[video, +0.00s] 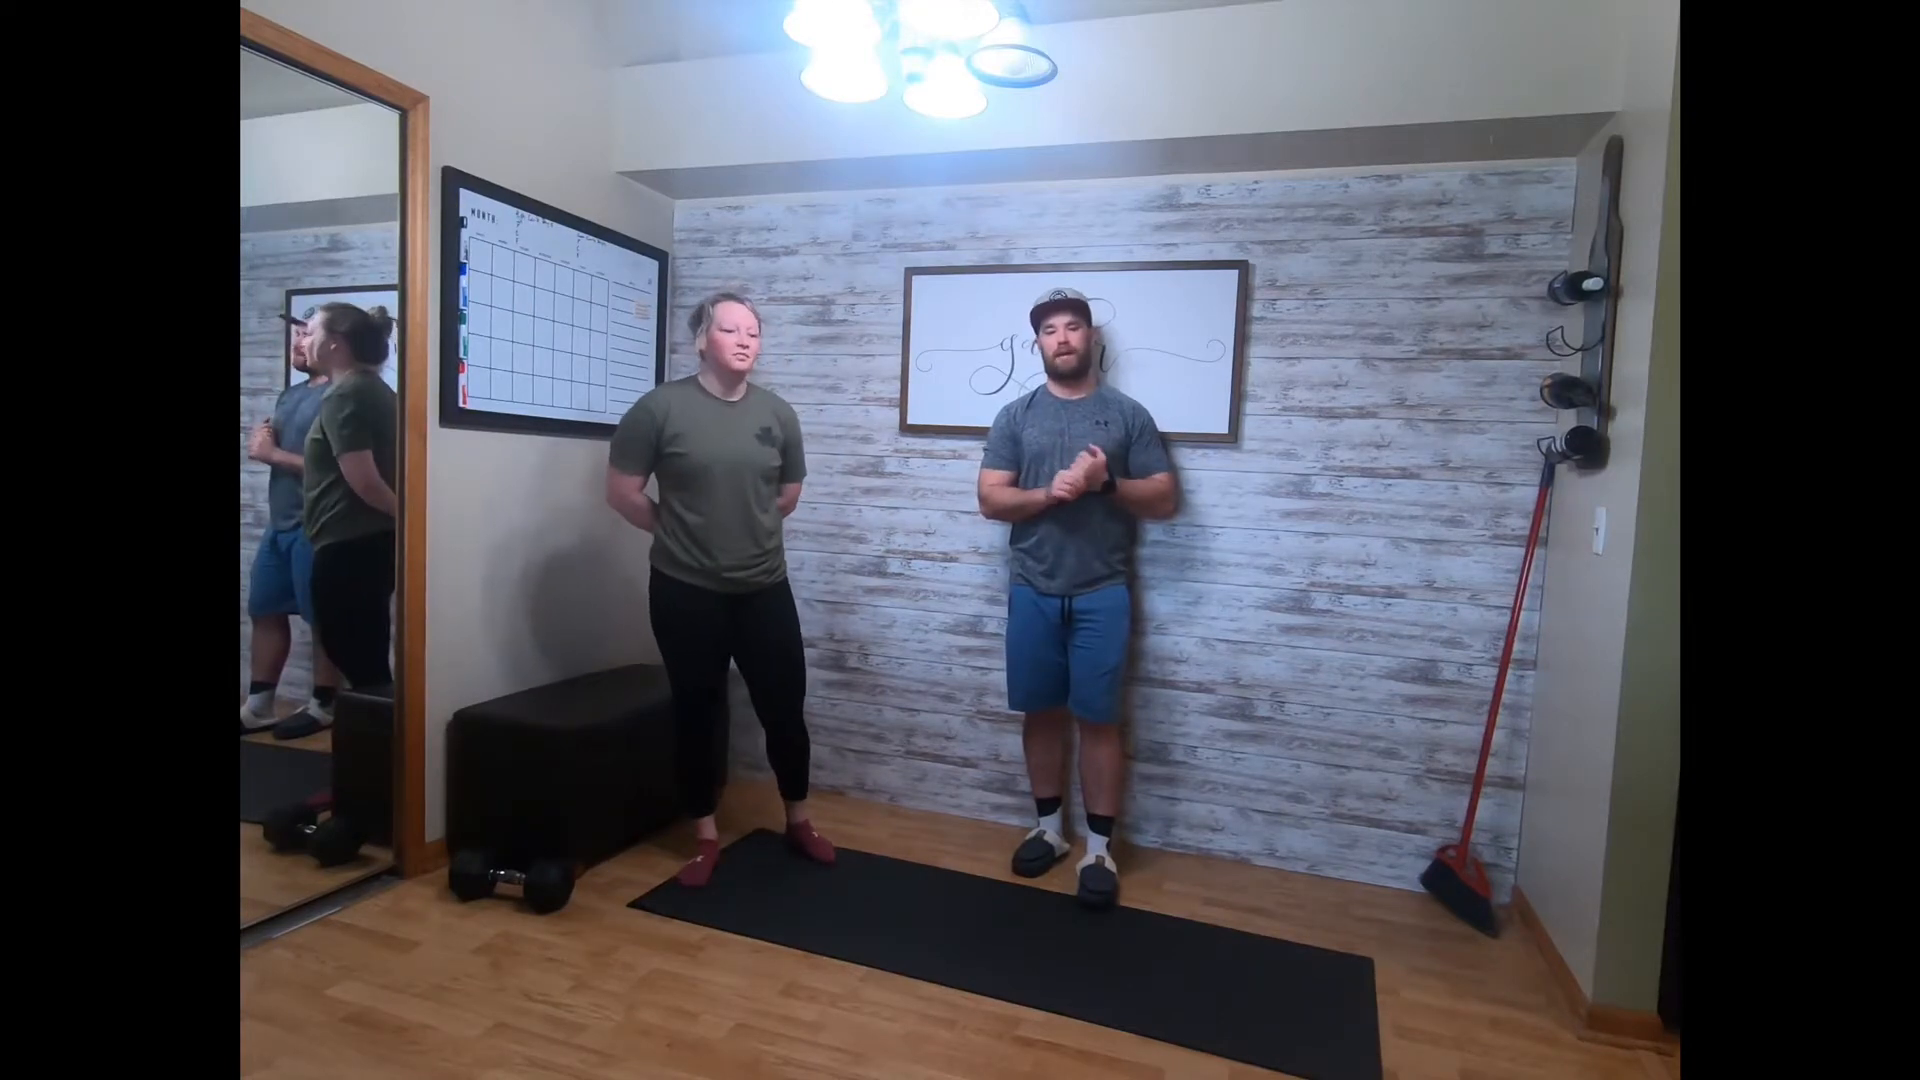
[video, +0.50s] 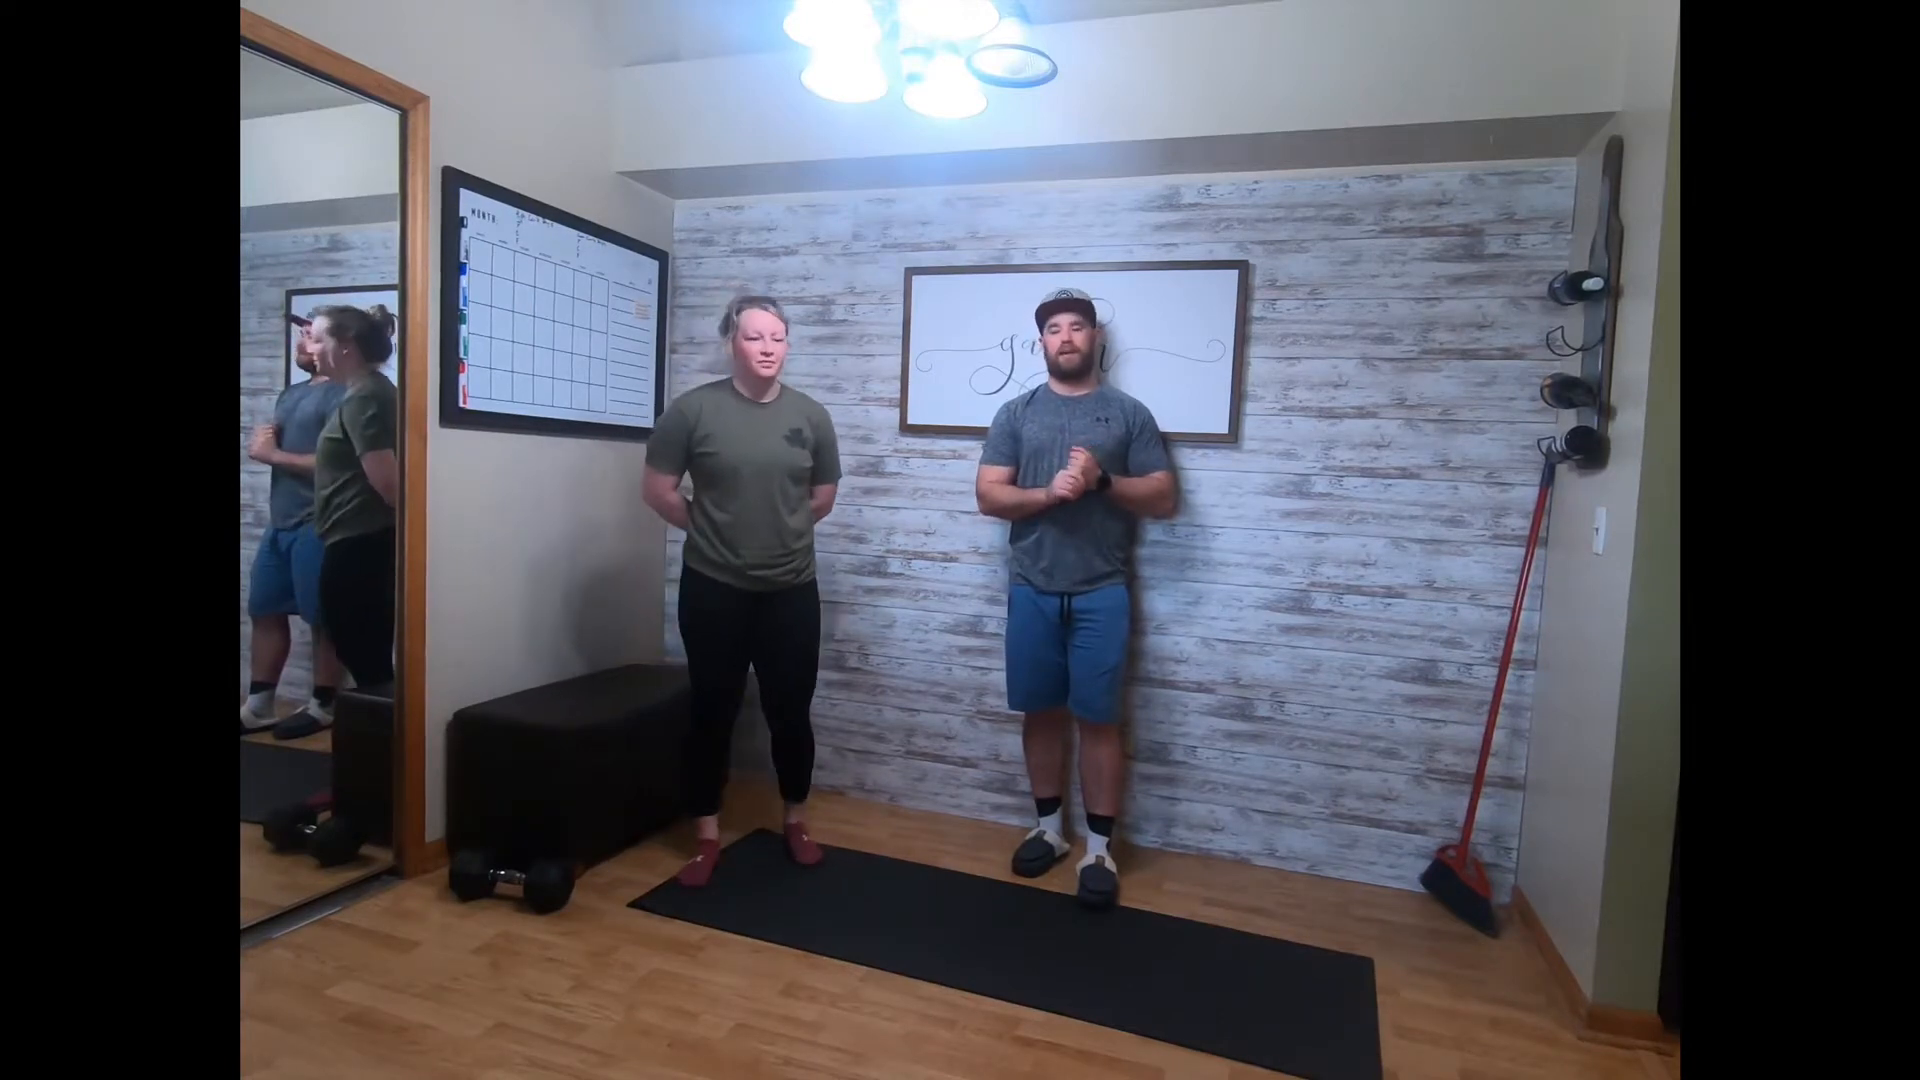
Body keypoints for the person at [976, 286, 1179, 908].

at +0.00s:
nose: (1063, 337)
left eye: (1073, 328)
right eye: (1051, 331)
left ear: (1092, 338)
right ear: (1037, 345)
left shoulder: (1126, 415)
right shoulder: (1016, 416)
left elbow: (1164, 499)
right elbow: (991, 498)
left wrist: (1107, 484)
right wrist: (1049, 492)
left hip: (1102, 584)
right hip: (1032, 584)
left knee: (1097, 714)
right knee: (1040, 709)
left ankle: (1098, 850)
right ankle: (1048, 831)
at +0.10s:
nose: (1064, 337)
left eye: (1074, 327)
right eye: (1052, 330)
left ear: (1093, 338)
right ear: (1039, 345)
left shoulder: (1126, 415)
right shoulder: (1016, 416)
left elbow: (1163, 500)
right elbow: (991, 499)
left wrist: (1107, 483)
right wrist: (1052, 493)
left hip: (1102, 585)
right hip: (1032, 585)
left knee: (1098, 715)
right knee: (1040, 709)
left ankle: (1098, 850)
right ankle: (1049, 831)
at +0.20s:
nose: (1065, 336)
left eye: (1075, 326)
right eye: (1053, 329)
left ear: (1094, 338)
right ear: (1040, 344)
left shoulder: (1127, 415)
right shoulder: (1016, 414)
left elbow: (1162, 500)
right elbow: (990, 496)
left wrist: (1105, 484)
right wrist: (1051, 493)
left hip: (1102, 584)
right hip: (1032, 584)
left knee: (1098, 714)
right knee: (1040, 709)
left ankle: (1098, 850)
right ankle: (1049, 830)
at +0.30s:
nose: (1066, 335)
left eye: (1076, 326)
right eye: (1054, 328)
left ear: (1095, 338)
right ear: (1041, 344)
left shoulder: (1127, 414)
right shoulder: (1016, 413)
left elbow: (1162, 500)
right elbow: (989, 495)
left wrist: (1105, 483)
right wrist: (1051, 492)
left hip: (1102, 584)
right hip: (1032, 584)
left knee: (1098, 714)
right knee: (1040, 709)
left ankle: (1098, 850)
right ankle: (1049, 830)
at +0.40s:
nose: (1065, 336)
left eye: (1075, 327)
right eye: (1053, 329)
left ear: (1095, 338)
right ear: (1041, 344)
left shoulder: (1127, 413)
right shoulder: (1016, 413)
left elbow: (1163, 499)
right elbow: (989, 495)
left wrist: (1104, 481)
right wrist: (1050, 492)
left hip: (1101, 584)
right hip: (1031, 583)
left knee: (1098, 714)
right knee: (1040, 709)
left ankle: (1098, 850)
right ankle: (1049, 830)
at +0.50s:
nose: (1065, 336)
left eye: (1076, 327)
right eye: (1054, 329)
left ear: (1096, 338)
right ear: (1041, 344)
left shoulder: (1127, 413)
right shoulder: (1016, 413)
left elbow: (1163, 498)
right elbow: (989, 495)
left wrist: (1103, 481)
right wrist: (1050, 492)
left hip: (1101, 584)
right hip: (1031, 584)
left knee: (1098, 715)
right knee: (1040, 709)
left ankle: (1098, 850)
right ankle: (1049, 830)